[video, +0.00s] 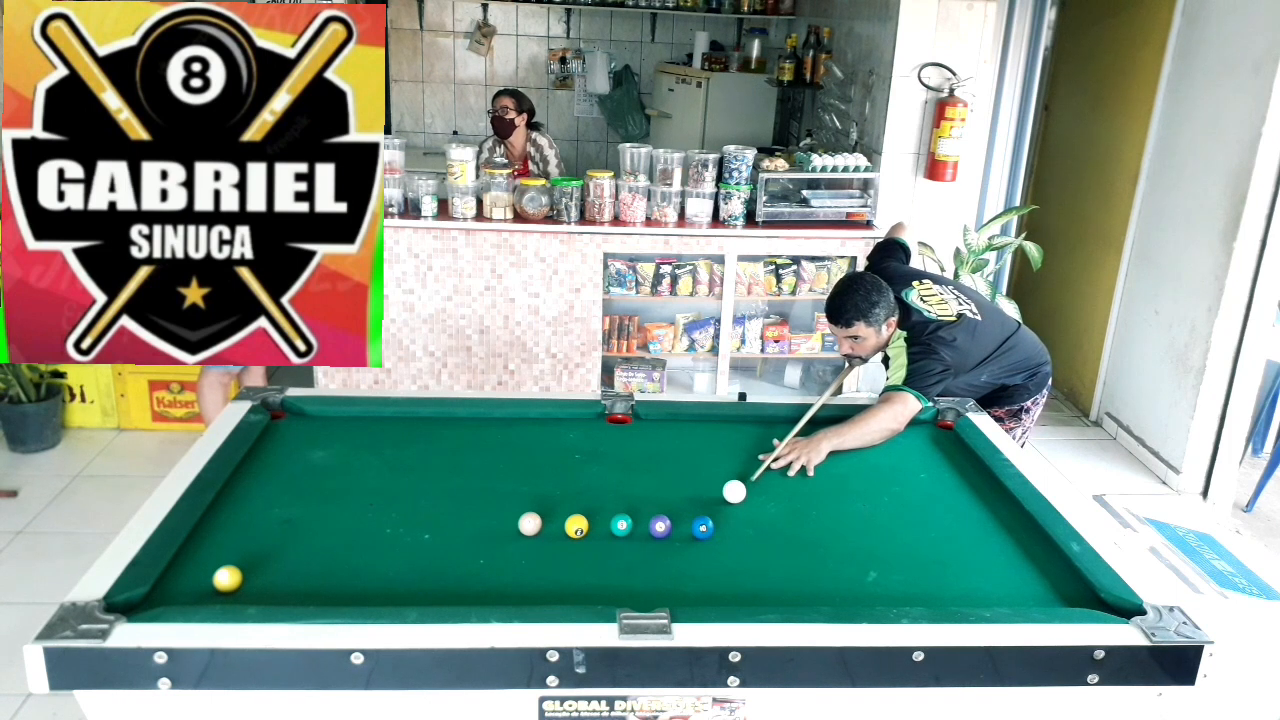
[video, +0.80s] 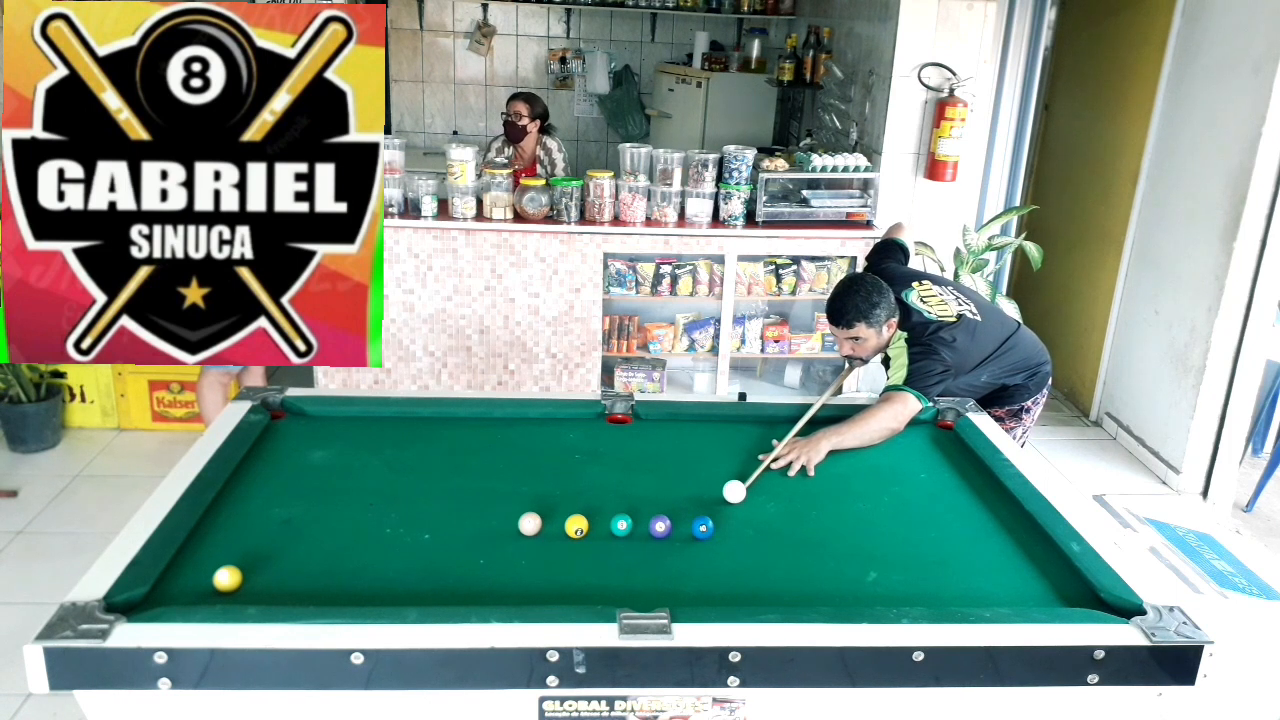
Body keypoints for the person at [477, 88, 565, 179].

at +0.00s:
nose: (496, 116)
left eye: (503, 111)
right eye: (494, 112)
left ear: (522, 119)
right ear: (491, 115)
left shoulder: (542, 143)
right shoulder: (488, 147)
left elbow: (558, 184)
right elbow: (483, 186)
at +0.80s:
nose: (509, 121)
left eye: (516, 116)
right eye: (507, 115)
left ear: (534, 125)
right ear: (504, 117)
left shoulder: (552, 147)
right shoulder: (497, 146)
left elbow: (564, 187)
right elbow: (484, 182)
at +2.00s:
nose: (510, 121)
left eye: (518, 116)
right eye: (509, 115)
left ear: (536, 126)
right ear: (505, 116)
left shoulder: (552, 147)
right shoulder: (499, 145)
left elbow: (564, 187)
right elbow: (484, 181)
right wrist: (506, 169)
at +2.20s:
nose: (510, 121)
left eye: (518, 116)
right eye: (508, 115)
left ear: (536, 126)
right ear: (505, 116)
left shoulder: (552, 147)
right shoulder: (499, 145)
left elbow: (564, 188)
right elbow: (484, 181)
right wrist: (506, 169)